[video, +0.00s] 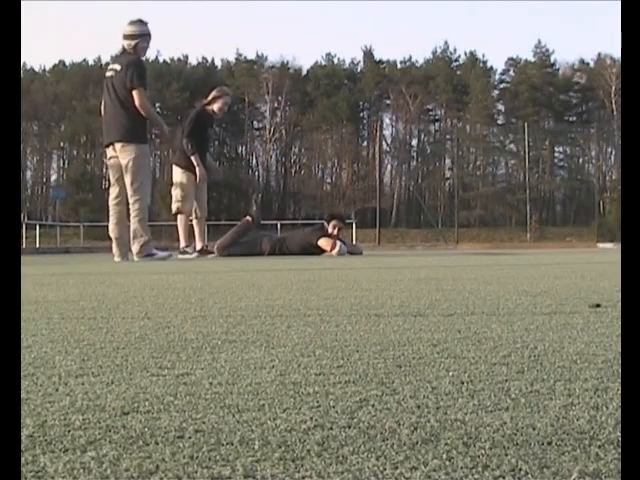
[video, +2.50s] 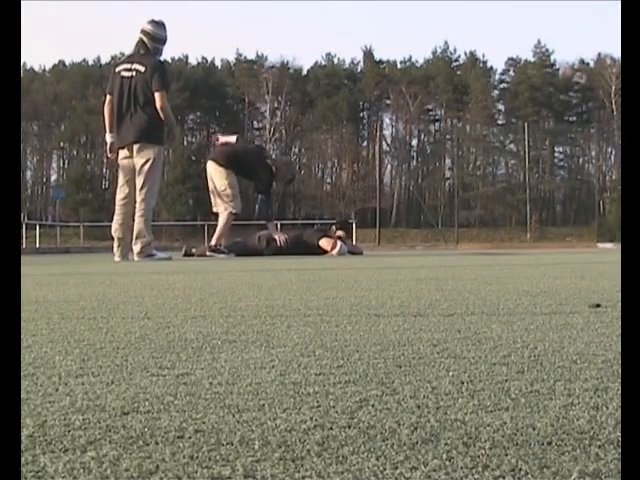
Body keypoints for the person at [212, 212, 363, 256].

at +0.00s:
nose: (336, 232)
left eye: (339, 230)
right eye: (334, 228)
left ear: (340, 230)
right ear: (327, 225)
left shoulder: (331, 237)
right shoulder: (318, 234)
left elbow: (358, 250)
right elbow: (335, 248)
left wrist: (341, 247)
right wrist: (342, 248)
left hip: (270, 242)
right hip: (266, 245)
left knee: (226, 247)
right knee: (220, 250)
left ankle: (204, 248)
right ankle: (246, 222)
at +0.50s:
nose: (335, 233)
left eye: (338, 231)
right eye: (334, 229)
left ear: (339, 230)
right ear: (327, 225)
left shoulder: (328, 235)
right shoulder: (318, 235)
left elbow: (357, 250)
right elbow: (336, 248)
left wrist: (341, 247)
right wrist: (345, 247)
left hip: (269, 241)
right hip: (265, 245)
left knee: (224, 246)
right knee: (221, 250)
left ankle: (204, 248)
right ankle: (246, 222)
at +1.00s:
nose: (335, 233)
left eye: (338, 231)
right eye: (334, 229)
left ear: (339, 230)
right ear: (327, 224)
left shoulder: (331, 236)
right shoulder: (318, 235)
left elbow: (358, 250)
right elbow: (337, 248)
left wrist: (342, 247)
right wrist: (342, 247)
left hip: (270, 242)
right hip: (266, 245)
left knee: (225, 247)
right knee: (220, 250)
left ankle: (203, 250)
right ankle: (247, 221)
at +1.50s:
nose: (334, 234)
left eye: (338, 231)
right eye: (333, 229)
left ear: (339, 230)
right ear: (327, 225)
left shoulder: (330, 237)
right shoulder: (319, 235)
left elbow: (357, 250)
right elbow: (335, 251)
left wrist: (344, 247)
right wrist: (344, 245)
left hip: (277, 243)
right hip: (274, 245)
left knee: (230, 247)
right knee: (227, 248)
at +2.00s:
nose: (338, 241)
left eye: (340, 239)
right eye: (339, 237)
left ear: (334, 234)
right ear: (333, 233)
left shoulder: (324, 238)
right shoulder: (319, 236)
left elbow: (355, 251)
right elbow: (333, 248)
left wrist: (345, 246)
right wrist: (351, 248)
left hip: (271, 240)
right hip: (269, 242)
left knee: (233, 245)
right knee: (232, 247)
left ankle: (203, 246)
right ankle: (201, 248)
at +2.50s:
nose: (339, 243)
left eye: (341, 241)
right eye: (340, 240)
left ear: (334, 234)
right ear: (335, 236)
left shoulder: (323, 238)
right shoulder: (320, 236)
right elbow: (334, 249)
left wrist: (345, 246)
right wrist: (350, 248)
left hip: (272, 241)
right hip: (271, 242)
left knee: (234, 247)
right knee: (233, 248)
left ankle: (198, 251)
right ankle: (197, 252)